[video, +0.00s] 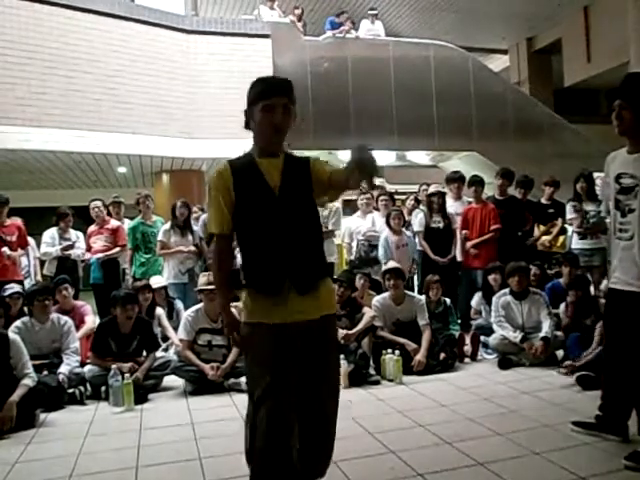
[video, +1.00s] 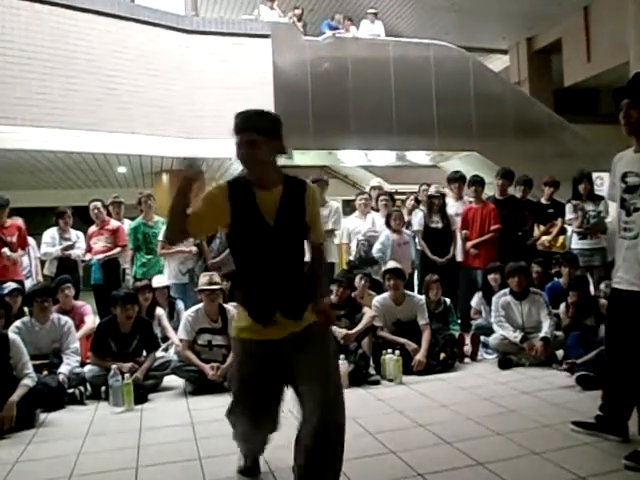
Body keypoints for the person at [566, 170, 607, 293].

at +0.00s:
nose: (582, 186)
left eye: (585, 182)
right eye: (579, 182)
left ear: (590, 185)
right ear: (575, 185)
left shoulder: (600, 204)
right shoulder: (572, 204)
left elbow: (605, 224)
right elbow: (577, 226)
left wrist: (586, 229)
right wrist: (598, 226)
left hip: (598, 246)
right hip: (579, 247)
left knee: (597, 284)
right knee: (579, 283)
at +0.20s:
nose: (582, 186)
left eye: (585, 182)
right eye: (579, 182)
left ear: (590, 184)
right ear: (575, 185)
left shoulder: (599, 202)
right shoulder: (572, 204)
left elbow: (603, 223)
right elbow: (576, 225)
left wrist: (585, 229)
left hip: (598, 247)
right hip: (579, 247)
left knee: (598, 285)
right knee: (580, 284)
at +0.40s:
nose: (583, 185)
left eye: (586, 182)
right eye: (580, 182)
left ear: (591, 185)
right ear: (576, 185)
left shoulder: (600, 202)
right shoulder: (572, 204)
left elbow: (603, 223)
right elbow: (576, 225)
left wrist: (586, 229)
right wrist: (581, 213)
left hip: (598, 246)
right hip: (579, 247)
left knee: (598, 283)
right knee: (580, 283)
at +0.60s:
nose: (583, 185)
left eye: (586, 182)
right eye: (580, 182)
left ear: (591, 184)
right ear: (575, 185)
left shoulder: (601, 202)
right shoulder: (571, 204)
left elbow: (603, 224)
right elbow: (575, 226)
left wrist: (585, 229)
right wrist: (581, 213)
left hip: (598, 247)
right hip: (579, 247)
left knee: (598, 283)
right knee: (580, 283)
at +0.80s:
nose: (584, 186)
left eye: (587, 183)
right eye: (580, 183)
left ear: (591, 185)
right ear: (576, 186)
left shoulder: (600, 202)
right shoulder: (571, 204)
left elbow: (603, 224)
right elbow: (575, 226)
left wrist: (586, 229)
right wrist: (581, 215)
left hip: (598, 247)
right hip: (579, 248)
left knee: (598, 284)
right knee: (580, 284)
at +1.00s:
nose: (584, 186)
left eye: (587, 183)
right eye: (581, 183)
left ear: (591, 185)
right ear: (576, 186)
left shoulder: (601, 202)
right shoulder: (571, 204)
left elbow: (602, 224)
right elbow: (575, 226)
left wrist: (585, 230)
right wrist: (581, 214)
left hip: (598, 247)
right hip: (579, 247)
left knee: (600, 285)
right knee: (579, 285)